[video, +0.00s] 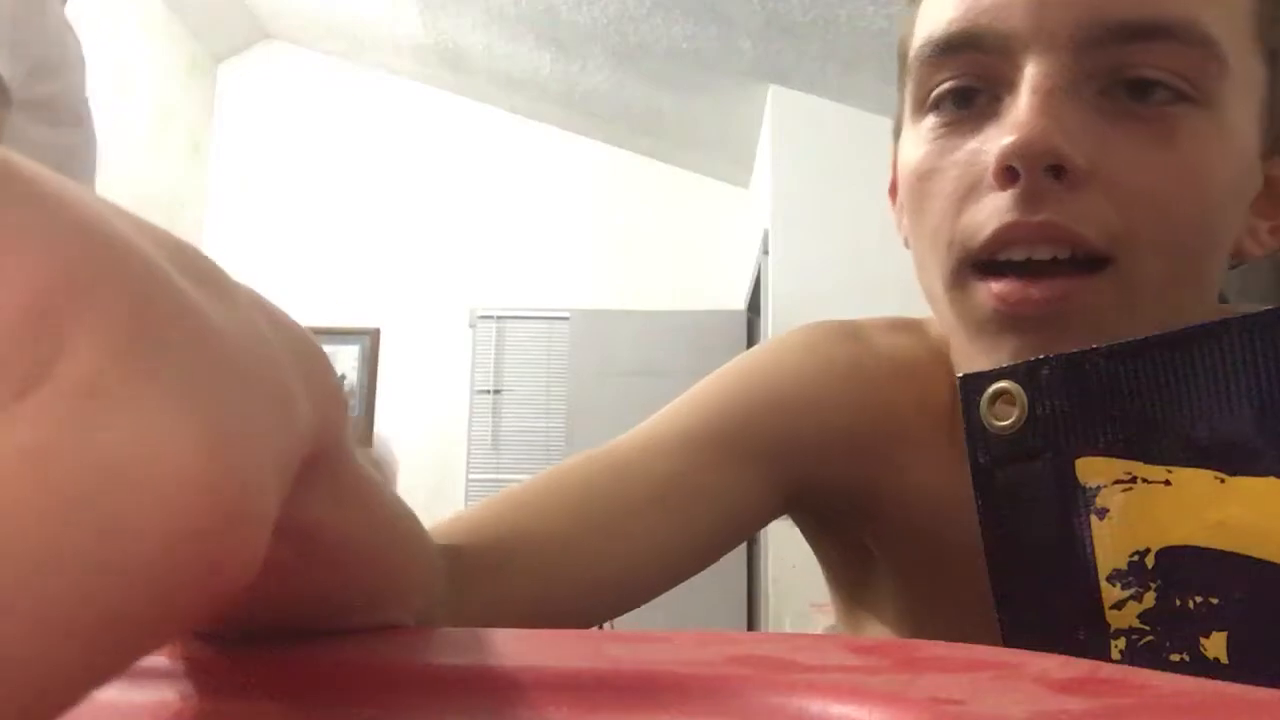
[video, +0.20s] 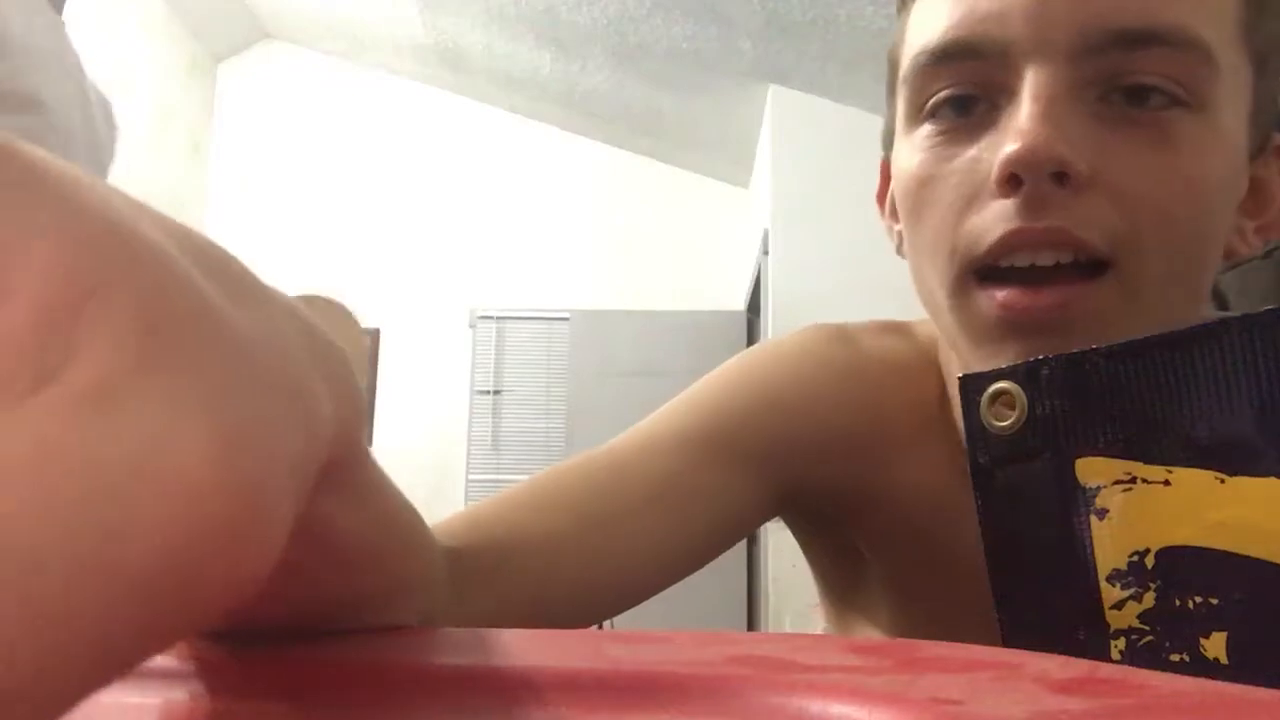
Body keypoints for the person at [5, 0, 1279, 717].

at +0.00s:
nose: (1026, 149)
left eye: (1143, 85)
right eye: (965, 93)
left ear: (1259, 199)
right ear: (903, 183)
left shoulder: (1268, 414)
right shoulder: (847, 402)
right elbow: (447, 583)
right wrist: (270, 434)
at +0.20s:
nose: (1032, 157)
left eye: (1140, 91)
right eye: (966, 102)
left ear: (1252, 201)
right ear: (895, 192)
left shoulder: (1265, 426)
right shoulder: (842, 405)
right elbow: (444, 583)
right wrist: (286, 423)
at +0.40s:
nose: (1015, 170)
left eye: (1118, 104)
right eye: (949, 117)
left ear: (1242, 201)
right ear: (886, 203)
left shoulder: (1265, 432)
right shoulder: (831, 414)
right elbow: (448, 581)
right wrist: (271, 437)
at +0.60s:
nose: (994, 165)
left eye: (1098, 102)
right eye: (930, 115)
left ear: (1221, 202)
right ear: (869, 201)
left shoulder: (1259, 434)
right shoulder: (815, 417)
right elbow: (439, 581)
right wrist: (257, 427)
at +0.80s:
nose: (977, 174)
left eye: (1082, 110)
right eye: (914, 121)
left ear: (1210, 203)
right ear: (855, 203)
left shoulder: (1258, 433)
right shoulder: (816, 419)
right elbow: (434, 581)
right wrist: (256, 438)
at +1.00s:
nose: (986, 174)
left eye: (1092, 110)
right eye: (921, 121)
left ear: (1217, 205)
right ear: (860, 203)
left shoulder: (1257, 439)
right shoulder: (810, 419)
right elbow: (427, 584)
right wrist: (254, 435)